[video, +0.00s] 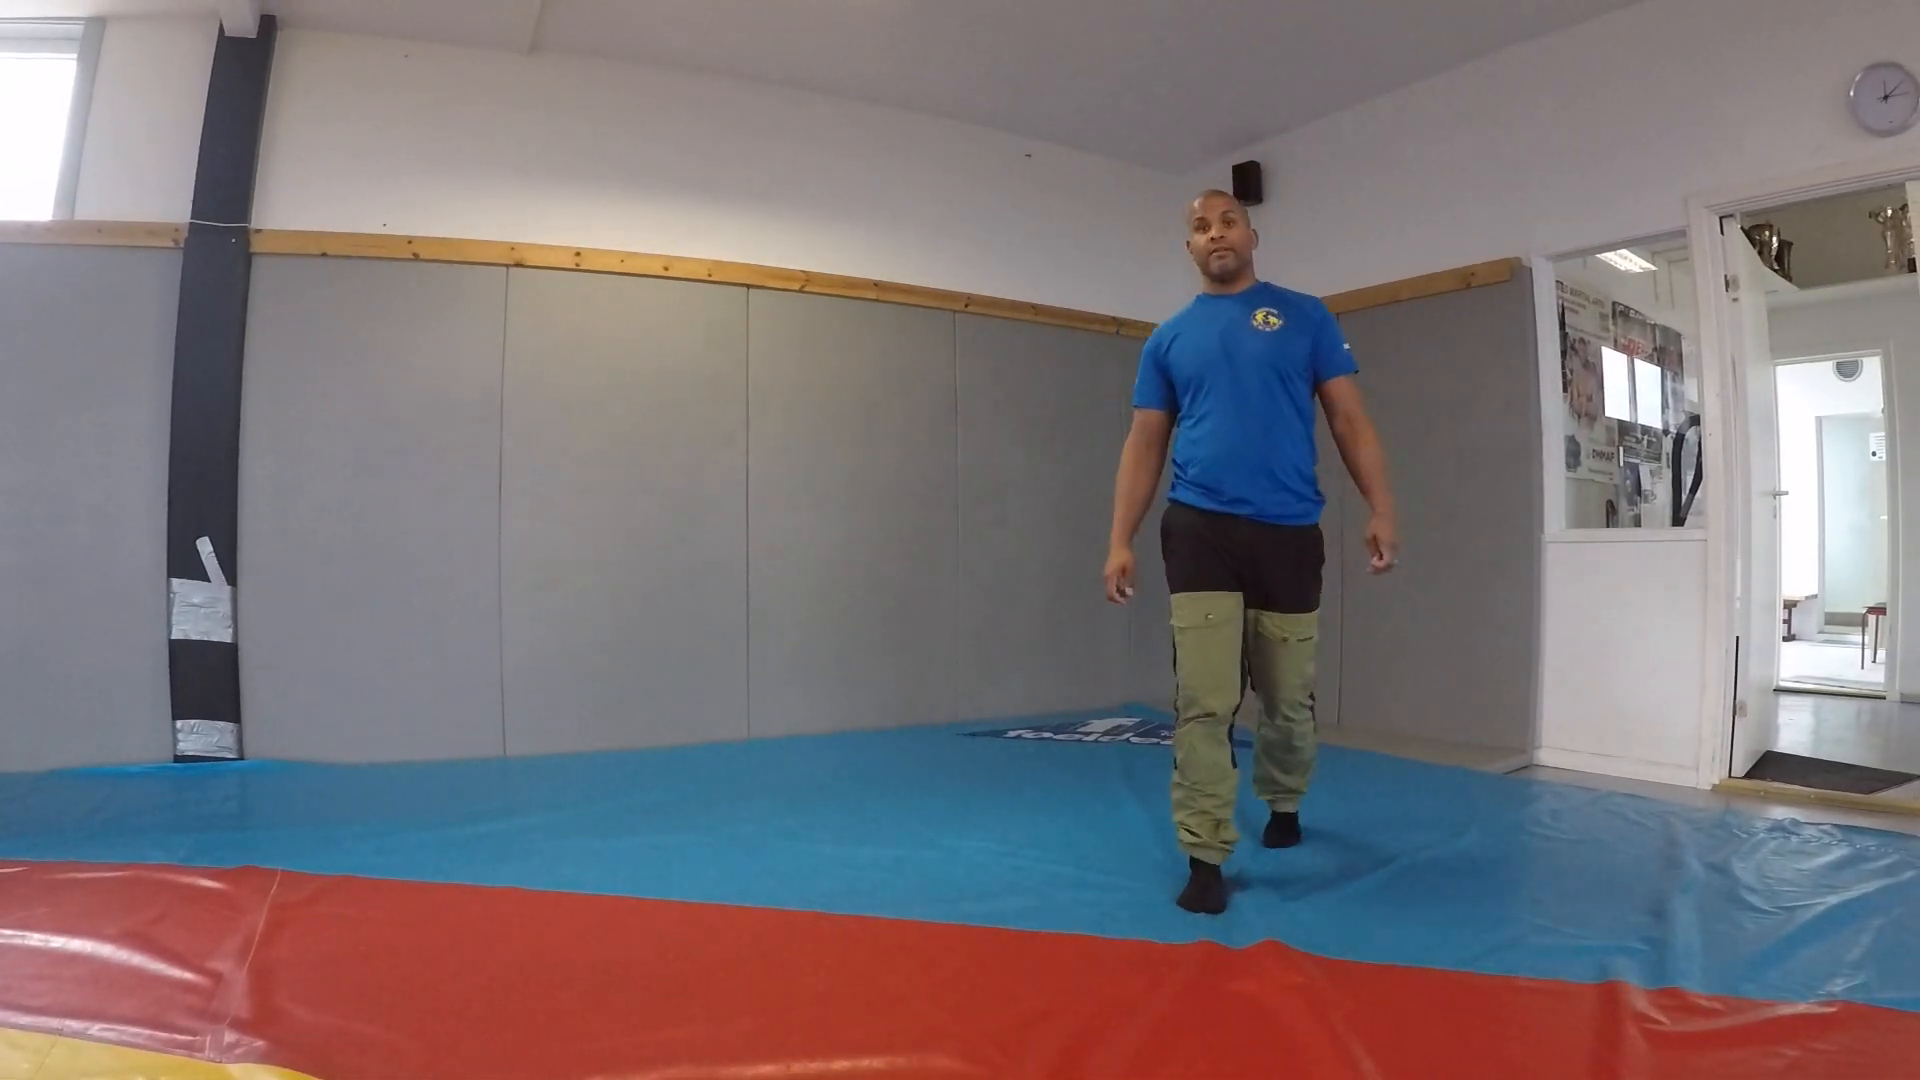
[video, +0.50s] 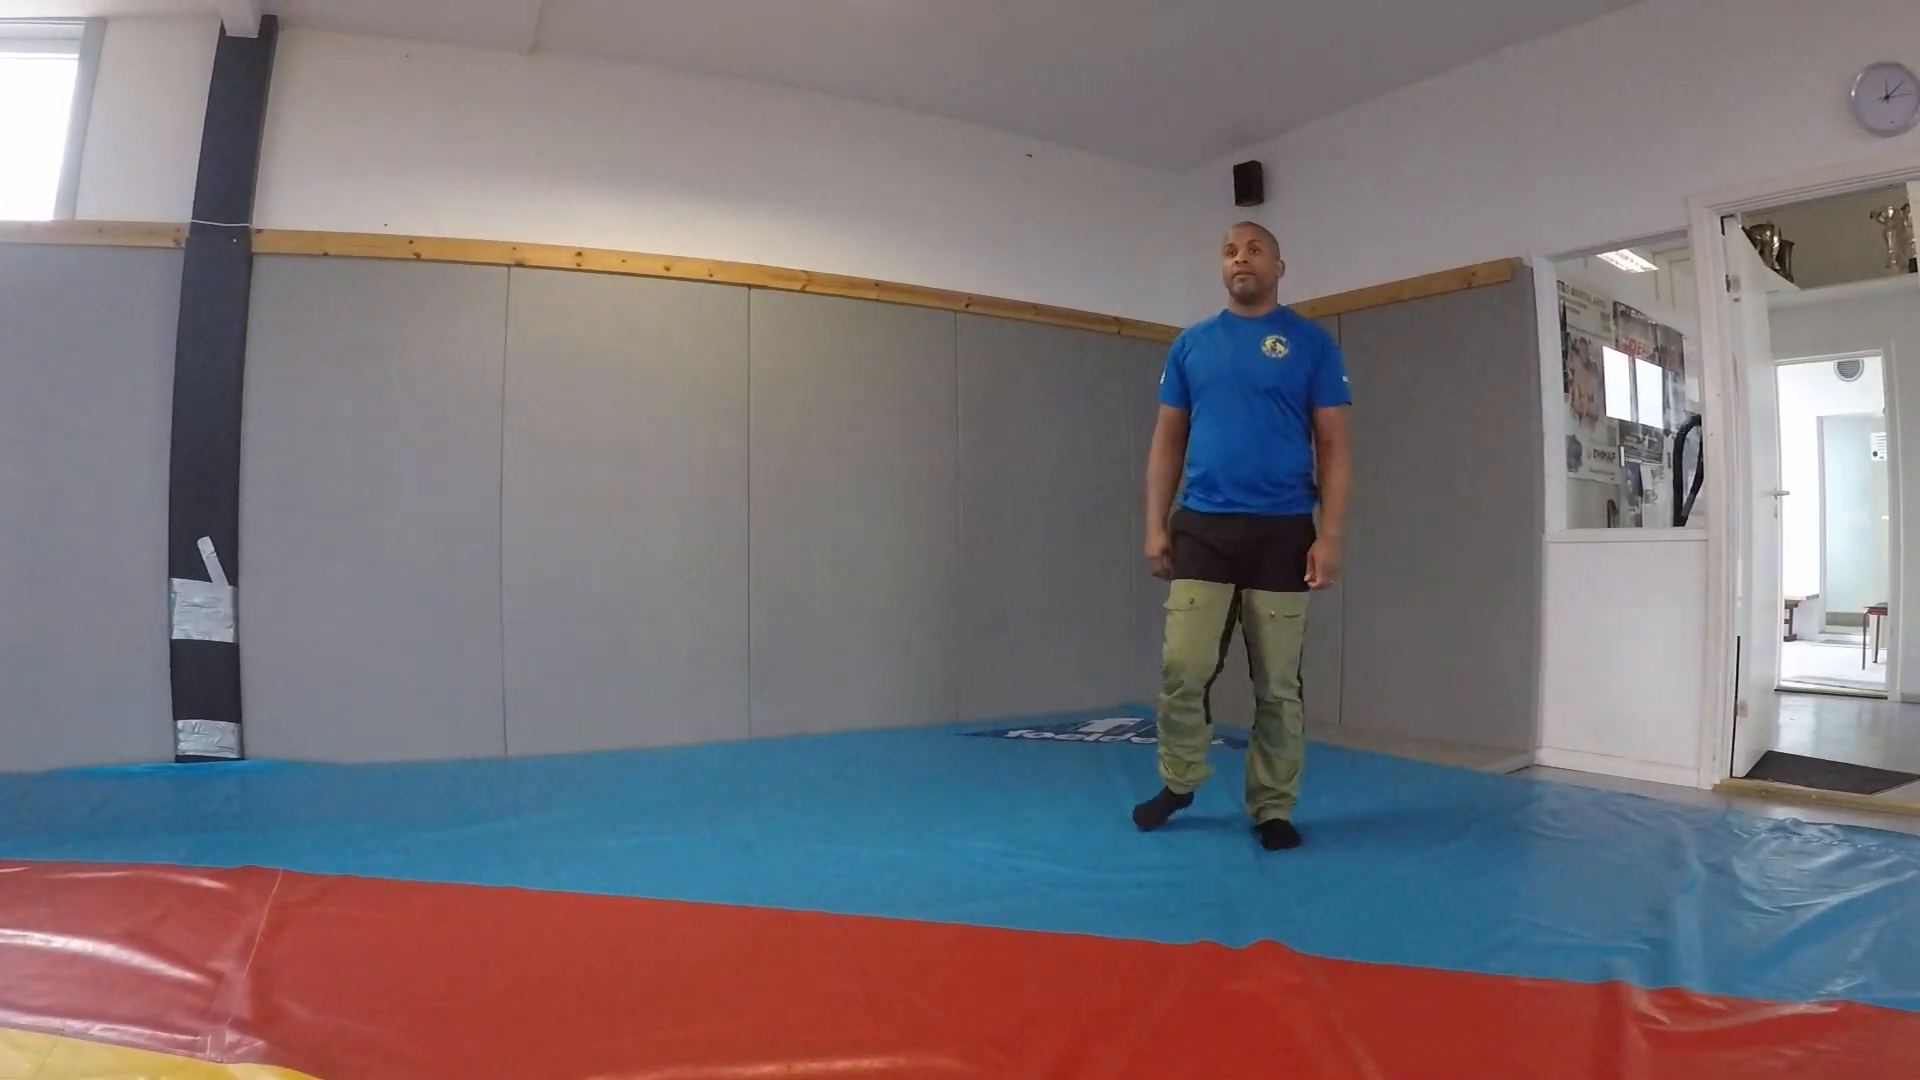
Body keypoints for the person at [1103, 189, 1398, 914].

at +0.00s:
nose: (1217, 235)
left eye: (1228, 222)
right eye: (1203, 228)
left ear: (1253, 236)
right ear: (1189, 250)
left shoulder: (1305, 317)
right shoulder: (1168, 339)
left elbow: (1348, 416)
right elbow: (1145, 445)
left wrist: (1380, 507)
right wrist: (1120, 541)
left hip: (1288, 530)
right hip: (1200, 529)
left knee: (1288, 696)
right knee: (1205, 699)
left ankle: (1284, 799)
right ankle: (1204, 856)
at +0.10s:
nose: (1225, 246)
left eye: (1238, 234)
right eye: (1213, 238)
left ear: (1265, 250)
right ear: (1201, 258)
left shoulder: (1312, 328)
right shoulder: (1180, 345)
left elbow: (1353, 419)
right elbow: (1156, 451)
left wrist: (1379, 495)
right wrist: (1132, 542)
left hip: (1291, 533)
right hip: (1206, 531)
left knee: (1281, 693)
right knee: (1212, 692)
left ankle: (1274, 807)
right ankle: (1204, 849)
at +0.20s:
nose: (1235, 253)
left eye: (1249, 242)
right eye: (1224, 246)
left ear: (1276, 259)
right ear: (1213, 268)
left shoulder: (1317, 338)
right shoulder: (1188, 348)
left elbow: (1353, 419)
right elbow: (1166, 450)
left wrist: (1365, 489)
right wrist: (1149, 539)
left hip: (1294, 536)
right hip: (1212, 535)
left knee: (1283, 692)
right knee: (1215, 688)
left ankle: (1273, 813)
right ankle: (1203, 838)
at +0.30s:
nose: (1242, 255)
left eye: (1256, 245)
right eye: (1232, 247)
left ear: (1282, 261)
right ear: (1220, 266)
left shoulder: (1317, 340)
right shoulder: (1192, 345)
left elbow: (1346, 428)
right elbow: (1170, 444)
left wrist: (1348, 497)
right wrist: (1163, 532)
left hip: (1292, 532)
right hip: (1210, 529)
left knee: (1281, 687)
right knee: (1210, 678)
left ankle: (1273, 810)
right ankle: (1200, 826)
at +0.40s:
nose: (1244, 255)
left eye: (1257, 245)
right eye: (1234, 247)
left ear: (1283, 261)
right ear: (1222, 265)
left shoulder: (1317, 339)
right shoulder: (1194, 342)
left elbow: (1339, 438)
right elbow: (1172, 440)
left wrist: (1333, 515)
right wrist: (1163, 524)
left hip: (1287, 528)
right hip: (1206, 524)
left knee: (1278, 683)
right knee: (1198, 670)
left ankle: (1273, 809)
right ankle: (1190, 808)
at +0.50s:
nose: (1241, 259)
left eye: (1254, 250)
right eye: (1231, 251)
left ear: (1279, 267)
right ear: (1220, 268)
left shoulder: (1313, 344)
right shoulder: (1191, 344)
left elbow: (1333, 445)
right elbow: (1167, 439)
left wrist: (1330, 535)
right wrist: (1155, 524)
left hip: (1282, 531)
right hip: (1200, 528)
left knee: (1278, 684)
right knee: (1182, 666)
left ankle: (1273, 809)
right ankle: (1178, 784)